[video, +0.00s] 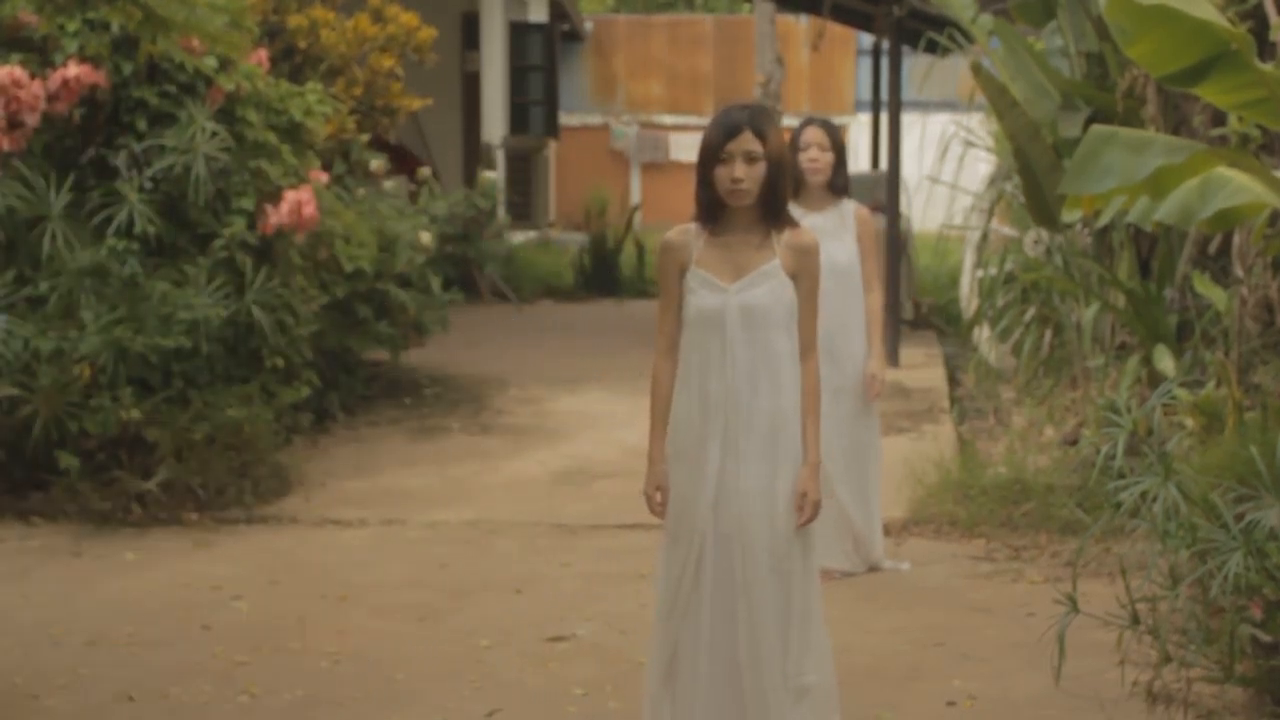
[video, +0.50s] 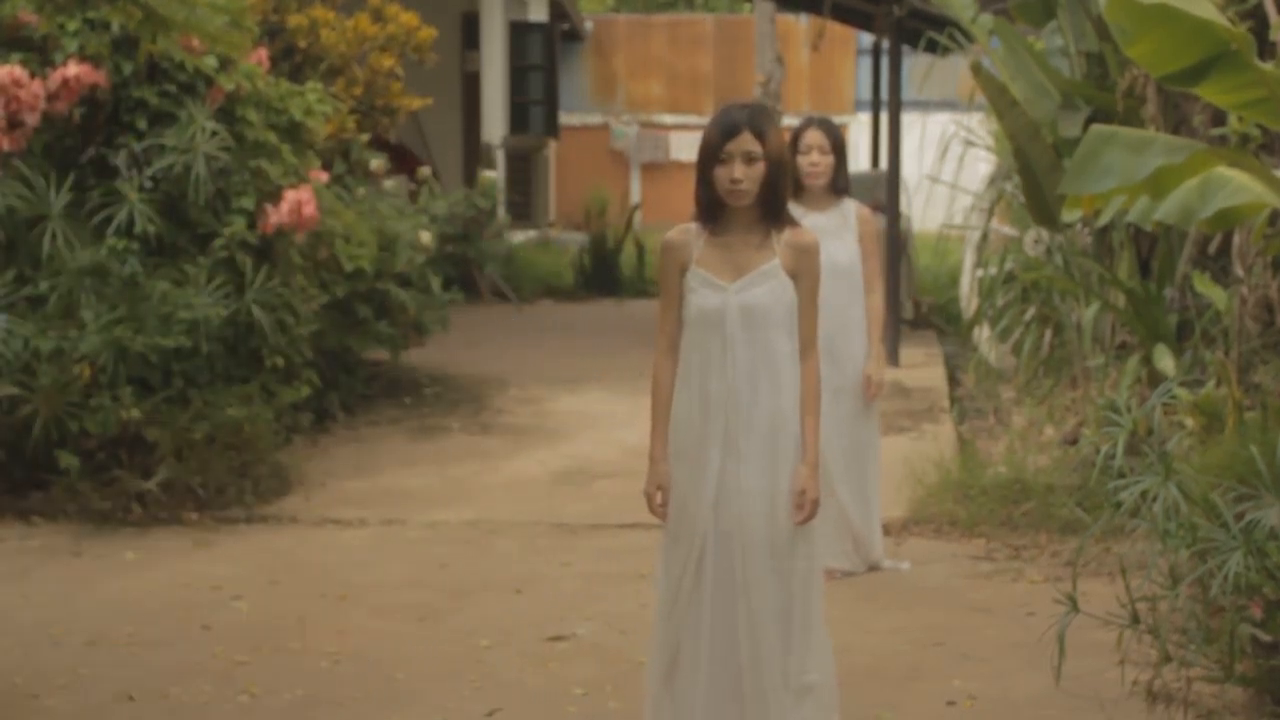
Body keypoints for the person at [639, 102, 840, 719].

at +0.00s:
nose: (738, 173)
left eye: (752, 160)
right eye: (725, 160)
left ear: (771, 169)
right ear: (708, 168)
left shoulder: (797, 247)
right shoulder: (682, 246)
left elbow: (808, 358)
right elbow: (665, 356)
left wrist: (811, 462)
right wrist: (656, 457)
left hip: (772, 448)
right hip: (700, 448)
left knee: (769, 603)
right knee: (702, 601)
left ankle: (769, 711)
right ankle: (702, 711)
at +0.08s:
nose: (738, 174)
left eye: (752, 160)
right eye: (726, 160)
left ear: (771, 169)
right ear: (708, 168)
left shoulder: (797, 247)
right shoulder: (683, 245)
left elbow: (808, 358)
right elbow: (665, 356)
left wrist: (811, 461)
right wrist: (657, 458)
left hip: (772, 448)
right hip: (700, 448)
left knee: (769, 602)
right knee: (702, 601)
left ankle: (770, 711)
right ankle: (702, 711)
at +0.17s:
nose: (738, 174)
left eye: (752, 161)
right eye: (726, 161)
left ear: (771, 169)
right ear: (708, 169)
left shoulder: (797, 246)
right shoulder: (683, 245)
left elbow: (808, 358)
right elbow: (666, 355)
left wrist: (811, 461)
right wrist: (657, 458)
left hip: (772, 448)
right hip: (701, 448)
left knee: (769, 601)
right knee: (703, 601)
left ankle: (770, 711)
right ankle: (703, 711)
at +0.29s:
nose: (738, 174)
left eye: (751, 161)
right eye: (725, 161)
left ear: (771, 169)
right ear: (708, 168)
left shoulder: (797, 246)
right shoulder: (683, 245)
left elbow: (808, 358)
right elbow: (666, 355)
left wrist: (810, 461)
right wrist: (657, 458)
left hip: (772, 448)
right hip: (701, 448)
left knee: (770, 602)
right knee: (702, 602)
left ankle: (770, 711)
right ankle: (703, 711)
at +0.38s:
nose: (737, 174)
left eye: (751, 161)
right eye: (725, 161)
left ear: (770, 169)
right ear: (708, 168)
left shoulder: (797, 247)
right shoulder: (683, 245)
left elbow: (808, 358)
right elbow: (666, 355)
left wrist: (810, 461)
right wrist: (657, 458)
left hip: (772, 449)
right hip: (701, 448)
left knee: (769, 602)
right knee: (702, 602)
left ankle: (770, 711)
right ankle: (702, 711)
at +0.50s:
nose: (737, 174)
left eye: (751, 161)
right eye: (725, 161)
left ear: (770, 169)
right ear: (708, 168)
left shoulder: (797, 247)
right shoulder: (682, 245)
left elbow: (808, 357)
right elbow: (666, 354)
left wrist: (810, 461)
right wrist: (657, 458)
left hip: (772, 449)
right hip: (700, 448)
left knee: (769, 603)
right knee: (702, 602)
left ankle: (770, 711)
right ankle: (703, 711)